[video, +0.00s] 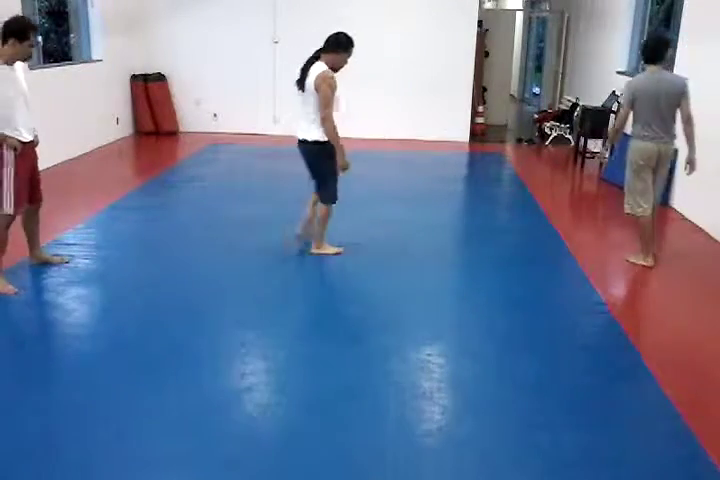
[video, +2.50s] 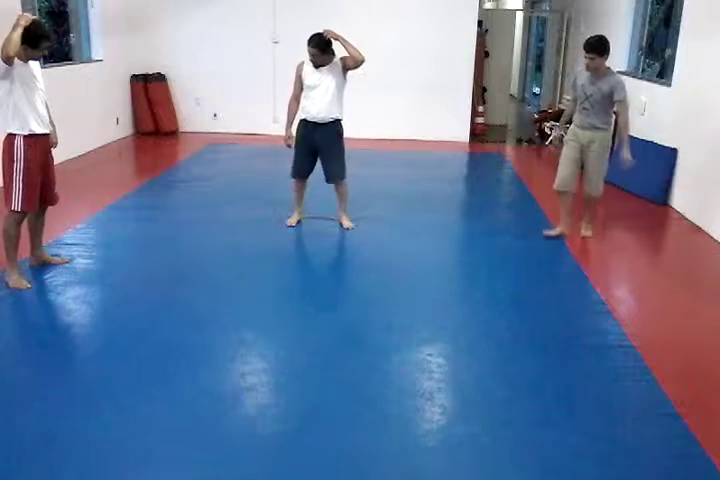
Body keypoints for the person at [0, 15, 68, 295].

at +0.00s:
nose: (32, 51)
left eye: (33, 45)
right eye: (29, 45)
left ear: (16, 43)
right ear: (12, 42)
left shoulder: (21, 67)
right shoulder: (2, 69)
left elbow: (21, 103)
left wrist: (31, 131)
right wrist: (3, 137)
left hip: (27, 142)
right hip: (8, 145)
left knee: (32, 204)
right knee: (7, 212)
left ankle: (36, 251)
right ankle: (0, 273)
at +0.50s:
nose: (45, 49)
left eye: (46, 44)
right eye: (43, 43)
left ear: (28, 41)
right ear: (25, 40)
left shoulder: (28, 65)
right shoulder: (4, 64)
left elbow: (26, 101)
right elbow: (3, 96)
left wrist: (39, 129)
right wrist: (29, 100)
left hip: (32, 137)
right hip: (11, 139)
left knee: (36, 199)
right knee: (13, 206)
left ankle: (36, 252)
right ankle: (7, 266)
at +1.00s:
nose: (29, 58)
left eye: (32, 54)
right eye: (27, 53)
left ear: (30, 48)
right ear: (16, 44)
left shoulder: (23, 63)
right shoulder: (3, 63)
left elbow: (28, 99)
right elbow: (4, 55)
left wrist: (41, 128)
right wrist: (12, 27)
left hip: (32, 135)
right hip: (11, 136)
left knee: (38, 200)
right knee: (12, 208)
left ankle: (37, 253)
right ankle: (10, 268)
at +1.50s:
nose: (35, 58)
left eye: (38, 54)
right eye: (32, 53)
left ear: (38, 48)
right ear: (20, 45)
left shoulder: (29, 61)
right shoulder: (6, 63)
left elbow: (36, 98)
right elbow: (6, 52)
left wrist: (46, 129)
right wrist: (16, 23)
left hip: (36, 135)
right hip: (14, 136)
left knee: (39, 202)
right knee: (15, 208)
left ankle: (37, 252)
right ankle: (11, 268)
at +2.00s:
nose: (37, 57)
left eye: (40, 54)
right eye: (35, 53)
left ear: (38, 48)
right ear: (23, 45)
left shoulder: (33, 63)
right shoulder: (7, 64)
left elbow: (41, 99)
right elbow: (8, 53)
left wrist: (50, 129)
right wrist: (19, 25)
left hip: (40, 135)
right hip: (18, 137)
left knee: (40, 202)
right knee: (18, 207)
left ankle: (37, 253)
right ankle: (11, 268)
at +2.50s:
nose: (37, 58)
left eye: (40, 55)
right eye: (35, 53)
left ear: (39, 48)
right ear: (23, 45)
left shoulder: (33, 63)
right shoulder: (7, 64)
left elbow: (41, 99)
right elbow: (8, 54)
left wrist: (51, 129)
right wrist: (18, 26)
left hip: (40, 136)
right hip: (19, 138)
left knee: (41, 202)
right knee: (18, 207)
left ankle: (38, 252)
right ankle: (11, 268)